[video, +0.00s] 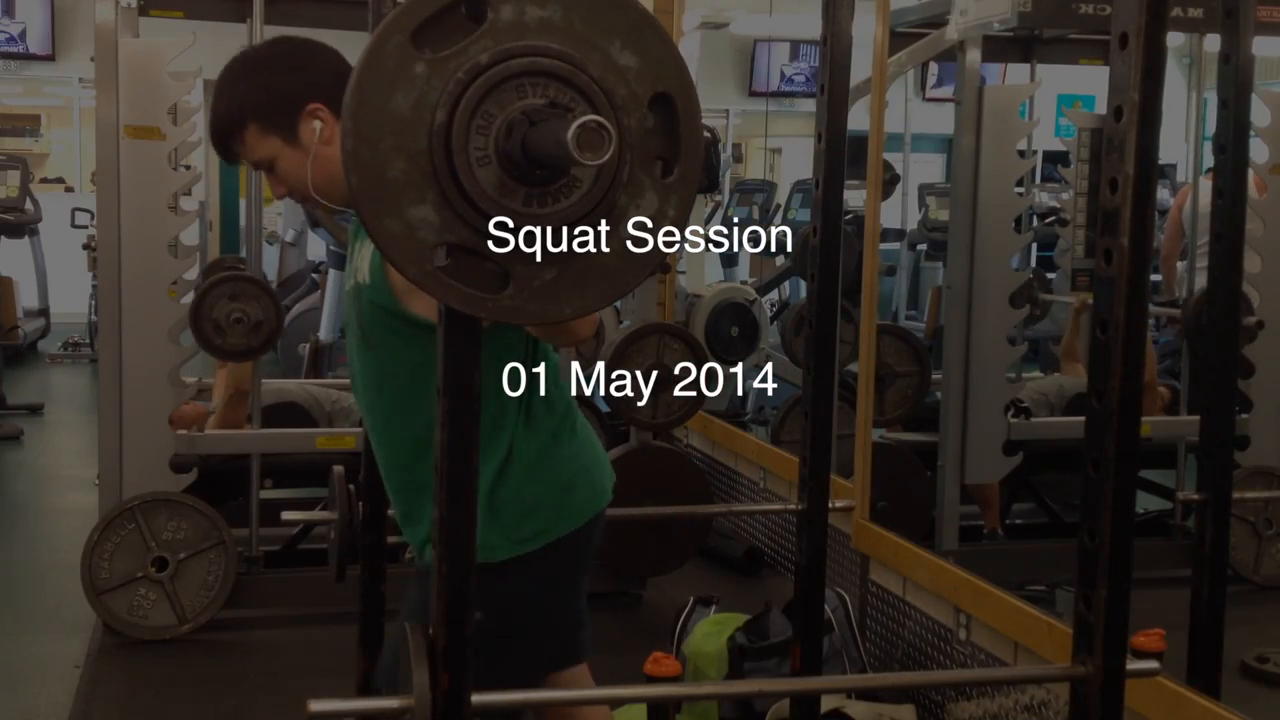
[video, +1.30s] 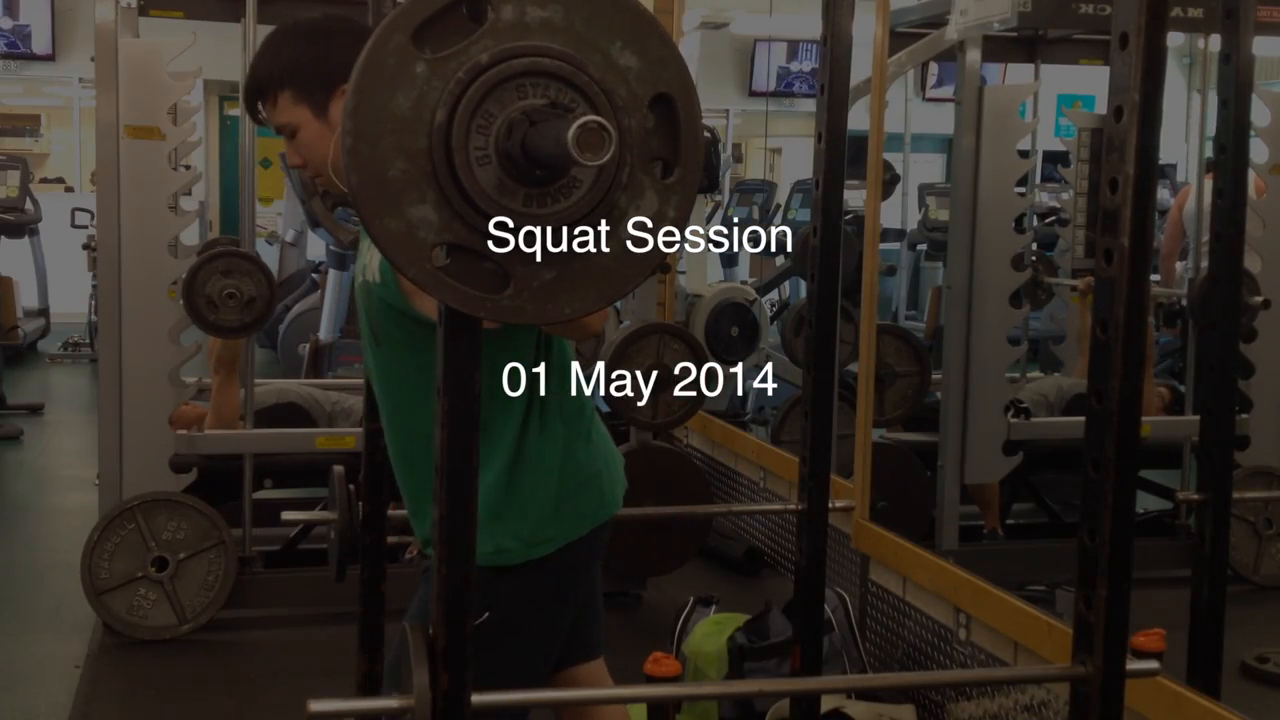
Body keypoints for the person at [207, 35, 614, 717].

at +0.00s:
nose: (277, 193)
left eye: (269, 166)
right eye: (262, 174)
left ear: (319, 125)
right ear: (322, 126)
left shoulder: (399, 233)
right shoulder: (376, 228)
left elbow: (570, 320)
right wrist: (226, 406)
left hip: (506, 520)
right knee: (564, 685)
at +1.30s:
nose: (290, 155)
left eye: (292, 131)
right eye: (281, 139)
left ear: (347, 103)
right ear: (340, 108)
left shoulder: (405, 217)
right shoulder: (389, 220)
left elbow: (586, 320)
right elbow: (586, 319)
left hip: (512, 510)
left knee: (445, 689)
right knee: (579, 676)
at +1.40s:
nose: (289, 155)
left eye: (291, 131)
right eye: (280, 138)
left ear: (347, 103)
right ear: (342, 109)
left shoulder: (404, 215)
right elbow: (586, 318)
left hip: (509, 511)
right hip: (557, 489)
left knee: (455, 693)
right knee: (577, 676)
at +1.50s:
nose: (290, 157)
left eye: (291, 132)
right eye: (280, 140)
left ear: (347, 104)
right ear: (343, 110)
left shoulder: (403, 217)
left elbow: (588, 318)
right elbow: (588, 317)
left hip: (507, 515)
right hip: (557, 492)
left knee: (447, 695)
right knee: (578, 679)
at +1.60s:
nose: (289, 155)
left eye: (290, 131)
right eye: (280, 138)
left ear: (346, 103)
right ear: (341, 108)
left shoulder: (404, 217)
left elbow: (587, 318)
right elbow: (587, 317)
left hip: (506, 513)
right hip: (555, 492)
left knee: (450, 695)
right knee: (578, 678)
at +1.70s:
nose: (290, 154)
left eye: (291, 130)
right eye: (281, 137)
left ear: (347, 103)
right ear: (341, 109)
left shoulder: (406, 215)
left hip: (511, 509)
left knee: (457, 694)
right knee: (578, 678)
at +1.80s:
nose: (289, 156)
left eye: (292, 131)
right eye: (280, 139)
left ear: (348, 106)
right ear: (342, 110)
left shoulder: (408, 216)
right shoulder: (389, 221)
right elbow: (588, 319)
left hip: (515, 507)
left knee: (476, 693)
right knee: (581, 676)